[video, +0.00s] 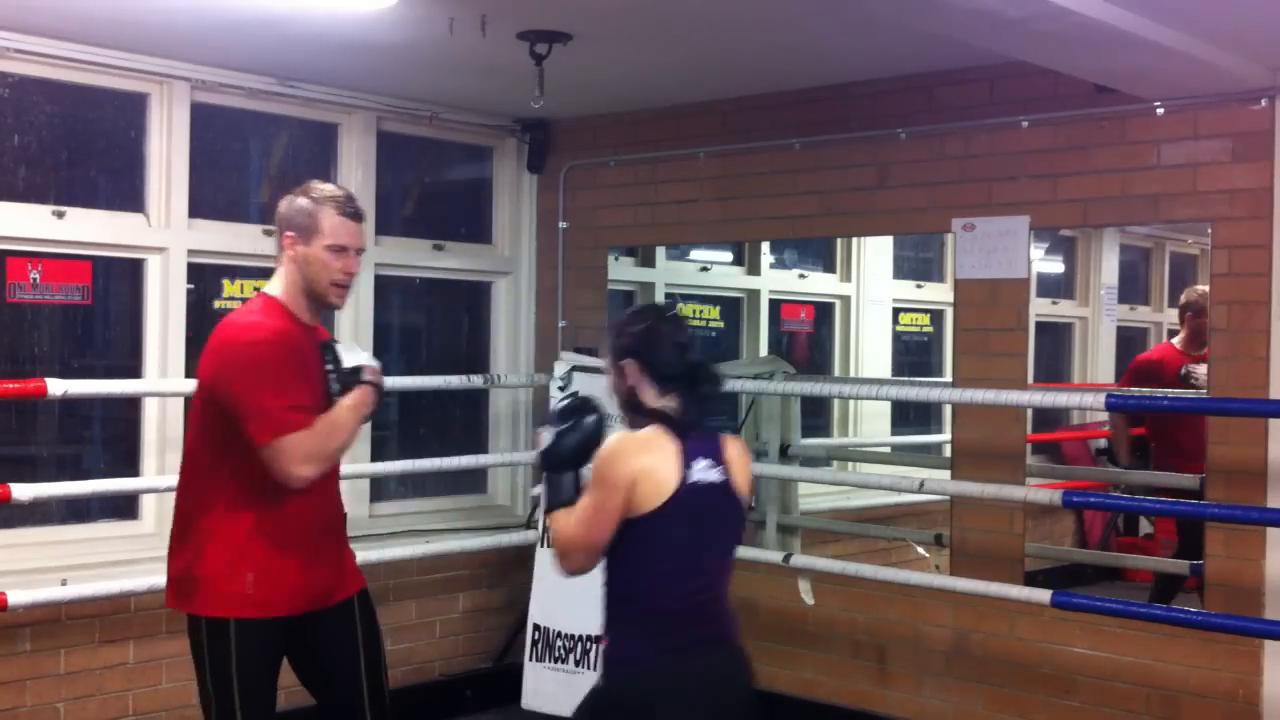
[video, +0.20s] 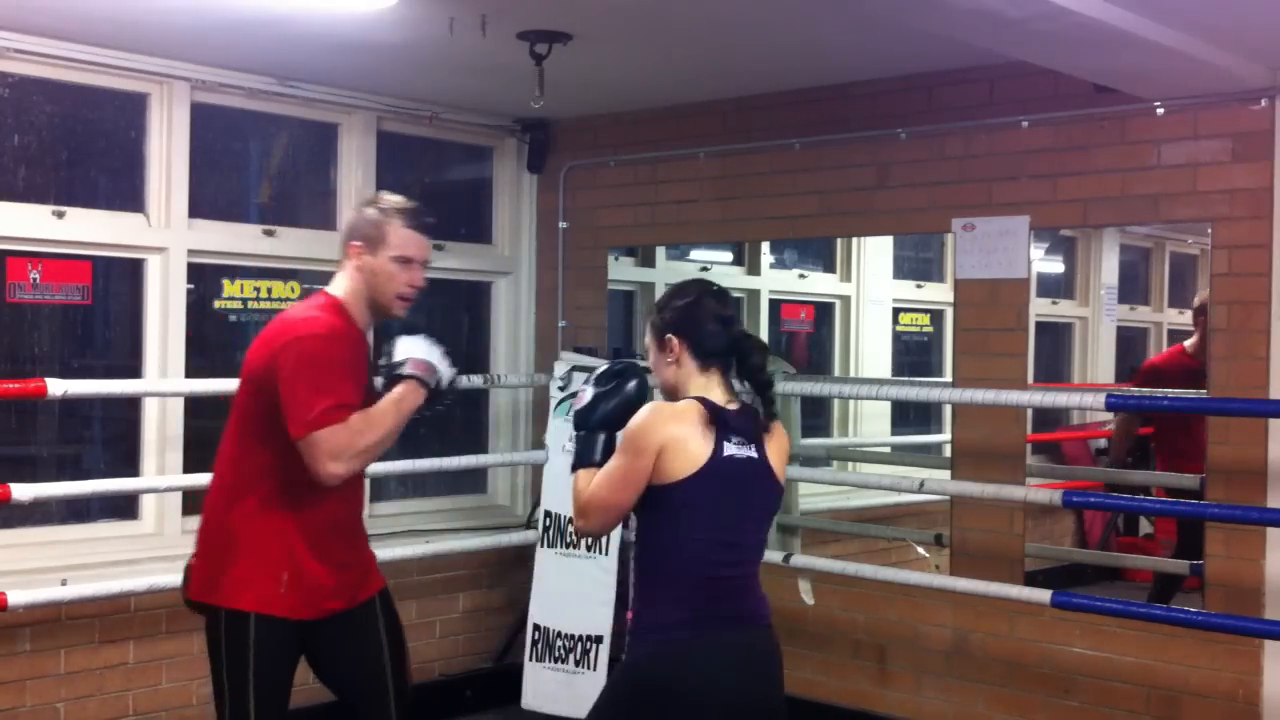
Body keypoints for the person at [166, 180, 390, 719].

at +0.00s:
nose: (352, 268)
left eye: (357, 254)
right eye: (337, 250)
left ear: (360, 253)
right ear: (291, 247)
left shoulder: (317, 338)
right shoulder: (248, 336)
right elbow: (296, 462)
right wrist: (363, 396)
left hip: (323, 580)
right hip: (239, 593)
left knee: (365, 704)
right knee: (240, 713)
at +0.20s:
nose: (417, 281)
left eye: (423, 267)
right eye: (404, 262)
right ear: (357, 257)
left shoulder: (350, 333)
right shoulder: (310, 332)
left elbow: (336, 444)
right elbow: (333, 457)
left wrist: (393, 395)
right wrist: (415, 384)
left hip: (337, 573)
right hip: (259, 580)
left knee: (386, 704)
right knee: (250, 712)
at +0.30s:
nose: (448, 282)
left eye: (454, 269)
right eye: (435, 264)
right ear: (390, 258)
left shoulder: (392, 345)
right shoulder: (314, 332)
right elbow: (316, 448)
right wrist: (413, 377)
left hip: (359, 570)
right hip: (272, 574)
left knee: (398, 704)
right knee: (252, 711)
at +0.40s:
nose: (462, 280)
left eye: (469, 266)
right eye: (448, 261)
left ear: (473, 266)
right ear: (403, 254)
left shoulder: (446, 361)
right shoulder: (314, 323)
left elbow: (394, 455)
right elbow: (278, 437)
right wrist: (375, 359)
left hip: (374, 571)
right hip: (277, 565)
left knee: (401, 708)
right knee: (250, 710)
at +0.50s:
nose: (460, 278)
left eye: (467, 263)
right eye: (446, 259)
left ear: (471, 262)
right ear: (400, 250)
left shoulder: (467, 363)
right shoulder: (308, 316)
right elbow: (240, 425)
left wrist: (542, 483)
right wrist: (324, 356)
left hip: (380, 582)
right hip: (276, 569)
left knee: (399, 710)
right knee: (247, 712)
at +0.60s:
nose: (452, 283)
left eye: (460, 269)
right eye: (438, 266)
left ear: (460, 266)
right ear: (391, 255)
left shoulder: (475, 359)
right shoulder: (305, 319)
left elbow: (580, 410)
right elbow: (223, 424)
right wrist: (286, 365)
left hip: (379, 581)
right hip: (275, 565)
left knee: (394, 710)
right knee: (241, 709)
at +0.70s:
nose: (440, 286)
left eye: (449, 272)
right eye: (426, 270)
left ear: (453, 267)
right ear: (381, 260)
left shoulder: (472, 348)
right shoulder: (299, 325)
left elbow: (577, 365)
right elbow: (224, 433)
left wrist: (662, 383)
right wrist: (286, 367)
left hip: (379, 572)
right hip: (274, 560)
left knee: (394, 710)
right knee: (238, 709)